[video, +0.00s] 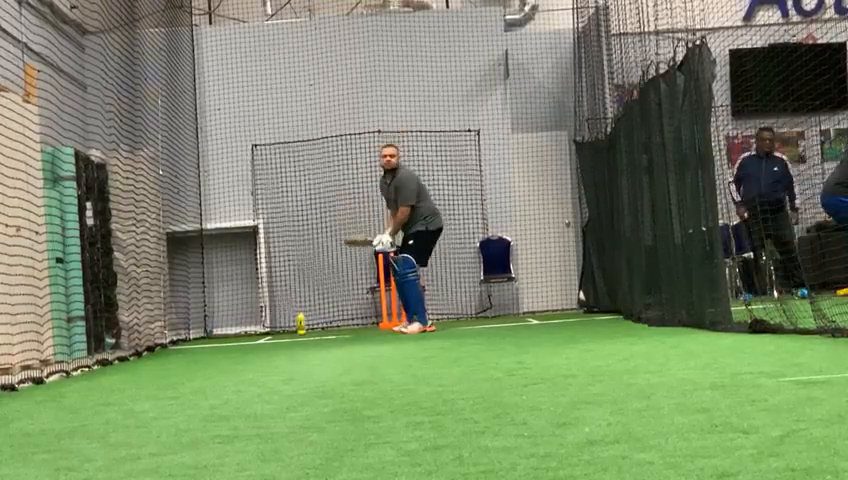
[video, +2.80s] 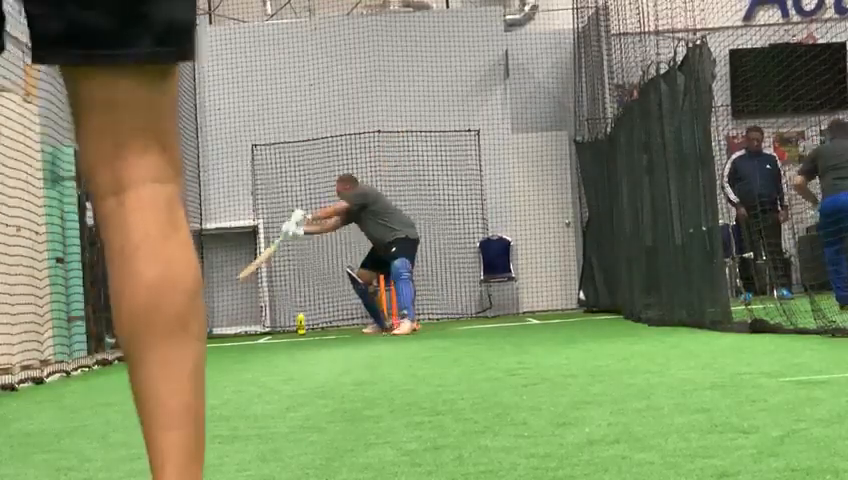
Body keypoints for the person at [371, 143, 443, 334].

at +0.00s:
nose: (388, 159)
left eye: (391, 156)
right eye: (384, 156)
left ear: (398, 158)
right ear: (380, 160)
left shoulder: (405, 177)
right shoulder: (384, 181)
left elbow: (405, 211)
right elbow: (392, 211)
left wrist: (390, 234)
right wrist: (388, 234)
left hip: (427, 225)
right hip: (412, 227)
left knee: (407, 266)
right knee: (400, 266)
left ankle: (420, 320)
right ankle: (412, 318)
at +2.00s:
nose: (373, 176)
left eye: (376, 172)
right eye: (369, 173)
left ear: (383, 173)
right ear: (366, 176)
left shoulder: (391, 190)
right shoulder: (372, 193)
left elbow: (392, 224)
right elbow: (382, 217)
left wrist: (379, 234)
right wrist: (376, 224)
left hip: (416, 229)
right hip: (400, 231)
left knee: (388, 258)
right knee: (381, 272)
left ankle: (407, 314)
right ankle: (403, 316)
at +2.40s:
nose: (353, 197)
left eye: (356, 192)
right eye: (350, 193)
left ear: (365, 189)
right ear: (347, 194)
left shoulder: (371, 204)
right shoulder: (376, 197)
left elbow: (372, 240)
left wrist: (365, 242)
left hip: (401, 243)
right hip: (396, 242)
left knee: (373, 273)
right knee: (364, 275)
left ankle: (399, 324)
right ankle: (380, 324)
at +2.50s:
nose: (347, 200)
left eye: (350, 195)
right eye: (344, 197)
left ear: (360, 190)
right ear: (342, 197)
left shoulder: (367, 205)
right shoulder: (369, 199)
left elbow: (365, 241)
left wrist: (357, 243)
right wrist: (364, 227)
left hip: (399, 243)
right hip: (391, 243)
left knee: (373, 272)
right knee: (360, 279)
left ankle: (398, 324)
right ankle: (382, 324)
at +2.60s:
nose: (344, 197)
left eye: (346, 192)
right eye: (341, 194)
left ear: (356, 187)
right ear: (340, 193)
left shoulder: (367, 199)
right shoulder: (359, 204)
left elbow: (360, 232)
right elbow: (358, 229)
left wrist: (341, 238)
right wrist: (342, 235)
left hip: (399, 240)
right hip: (381, 245)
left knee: (383, 272)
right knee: (359, 282)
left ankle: (397, 323)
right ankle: (380, 324)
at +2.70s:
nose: (341, 194)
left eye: (342, 190)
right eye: (340, 190)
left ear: (350, 186)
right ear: (355, 186)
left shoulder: (363, 195)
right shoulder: (355, 205)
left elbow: (336, 216)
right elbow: (336, 229)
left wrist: (312, 231)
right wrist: (310, 241)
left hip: (402, 238)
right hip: (383, 245)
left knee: (396, 273)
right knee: (359, 282)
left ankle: (397, 320)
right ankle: (380, 322)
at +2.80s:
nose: (338, 197)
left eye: (339, 193)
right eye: (338, 194)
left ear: (347, 187)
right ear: (348, 187)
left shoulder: (364, 193)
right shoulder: (354, 207)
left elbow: (333, 211)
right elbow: (330, 225)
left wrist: (307, 216)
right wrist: (300, 230)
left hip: (403, 237)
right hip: (383, 245)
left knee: (400, 271)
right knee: (361, 280)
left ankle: (408, 320)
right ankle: (381, 323)